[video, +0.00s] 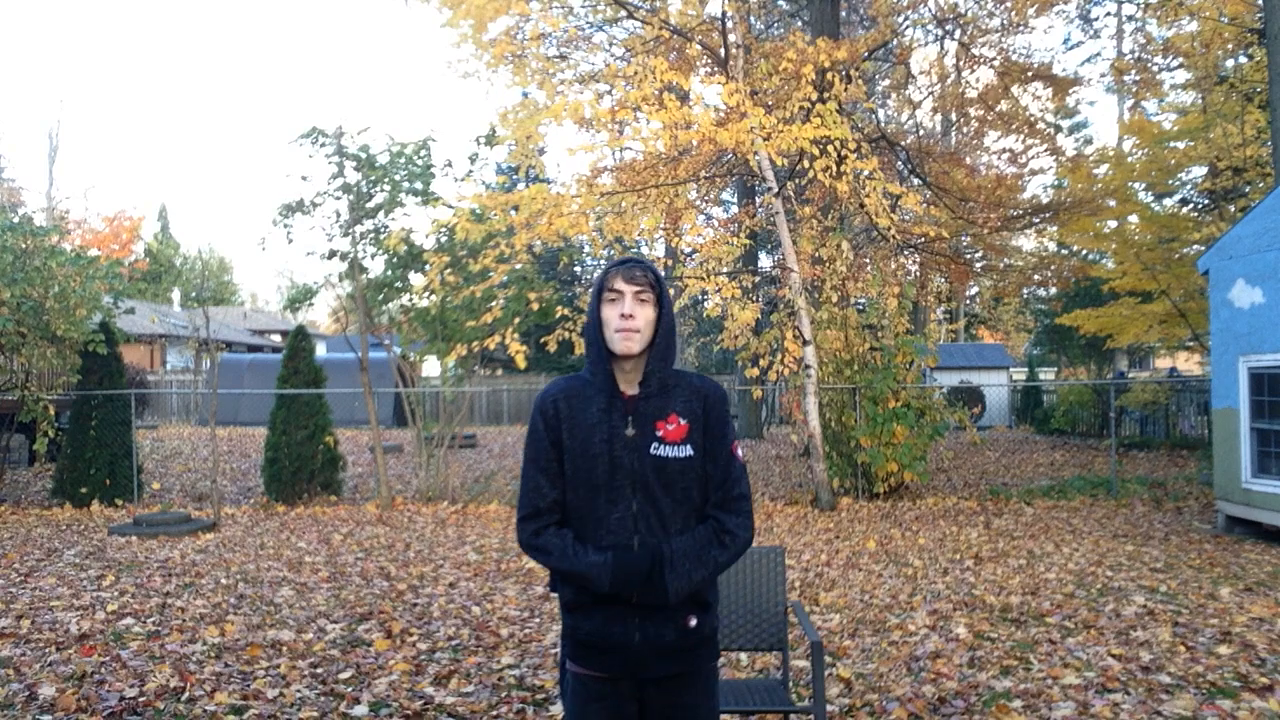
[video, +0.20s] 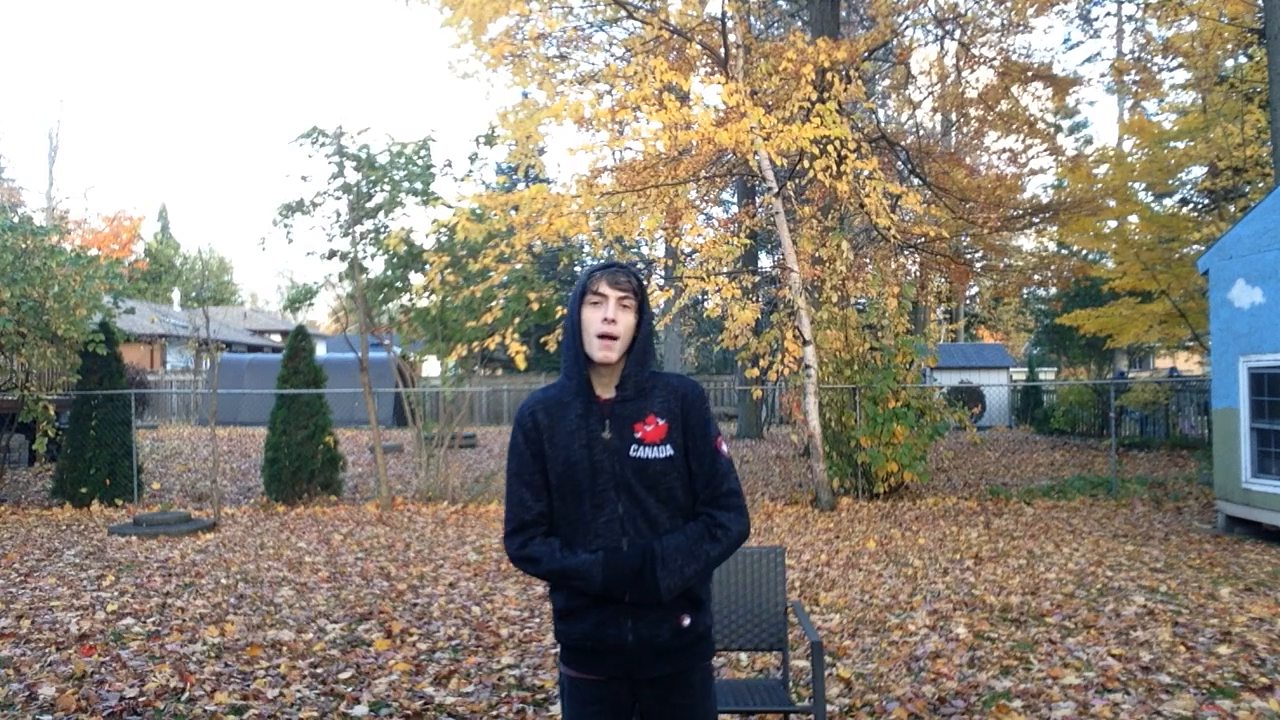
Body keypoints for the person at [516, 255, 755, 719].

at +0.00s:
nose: (626, 311)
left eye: (642, 299)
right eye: (613, 298)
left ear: (661, 316)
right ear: (596, 312)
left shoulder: (703, 399)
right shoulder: (559, 403)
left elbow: (735, 520)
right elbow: (534, 527)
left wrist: (669, 566)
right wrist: (608, 570)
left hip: (684, 645)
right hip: (594, 648)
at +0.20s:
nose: (609, 316)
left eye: (624, 305)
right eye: (597, 302)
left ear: (640, 324)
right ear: (575, 317)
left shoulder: (681, 399)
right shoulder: (540, 413)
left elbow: (730, 515)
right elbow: (523, 539)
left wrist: (657, 565)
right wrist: (603, 570)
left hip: (678, 650)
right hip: (589, 654)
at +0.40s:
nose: (601, 325)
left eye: (616, 314)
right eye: (589, 310)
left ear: (632, 333)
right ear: (568, 326)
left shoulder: (672, 410)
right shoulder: (531, 422)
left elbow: (727, 522)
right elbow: (506, 550)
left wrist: (647, 567)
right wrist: (592, 571)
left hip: (663, 653)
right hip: (574, 656)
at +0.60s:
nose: (613, 318)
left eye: (626, 304)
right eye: (598, 305)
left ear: (645, 318)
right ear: (579, 318)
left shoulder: (682, 405)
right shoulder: (538, 407)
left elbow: (711, 526)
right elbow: (511, 532)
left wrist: (648, 576)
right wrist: (588, 578)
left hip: (663, 646)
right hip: (574, 650)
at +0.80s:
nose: (626, 323)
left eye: (639, 307)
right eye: (611, 310)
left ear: (659, 320)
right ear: (595, 324)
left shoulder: (696, 411)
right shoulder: (554, 406)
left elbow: (720, 531)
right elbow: (523, 532)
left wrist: (659, 581)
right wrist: (603, 579)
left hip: (670, 650)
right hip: (580, 652)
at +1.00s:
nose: (639, 322)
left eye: (652, 307)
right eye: (623, 309)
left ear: (672, 319)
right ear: (608, 323)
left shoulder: (709, 411)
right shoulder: (566, 405)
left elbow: (732, 531)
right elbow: (536, 528)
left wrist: (667, 579)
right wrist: (611, 578)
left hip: (681, 651)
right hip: (590, 651)